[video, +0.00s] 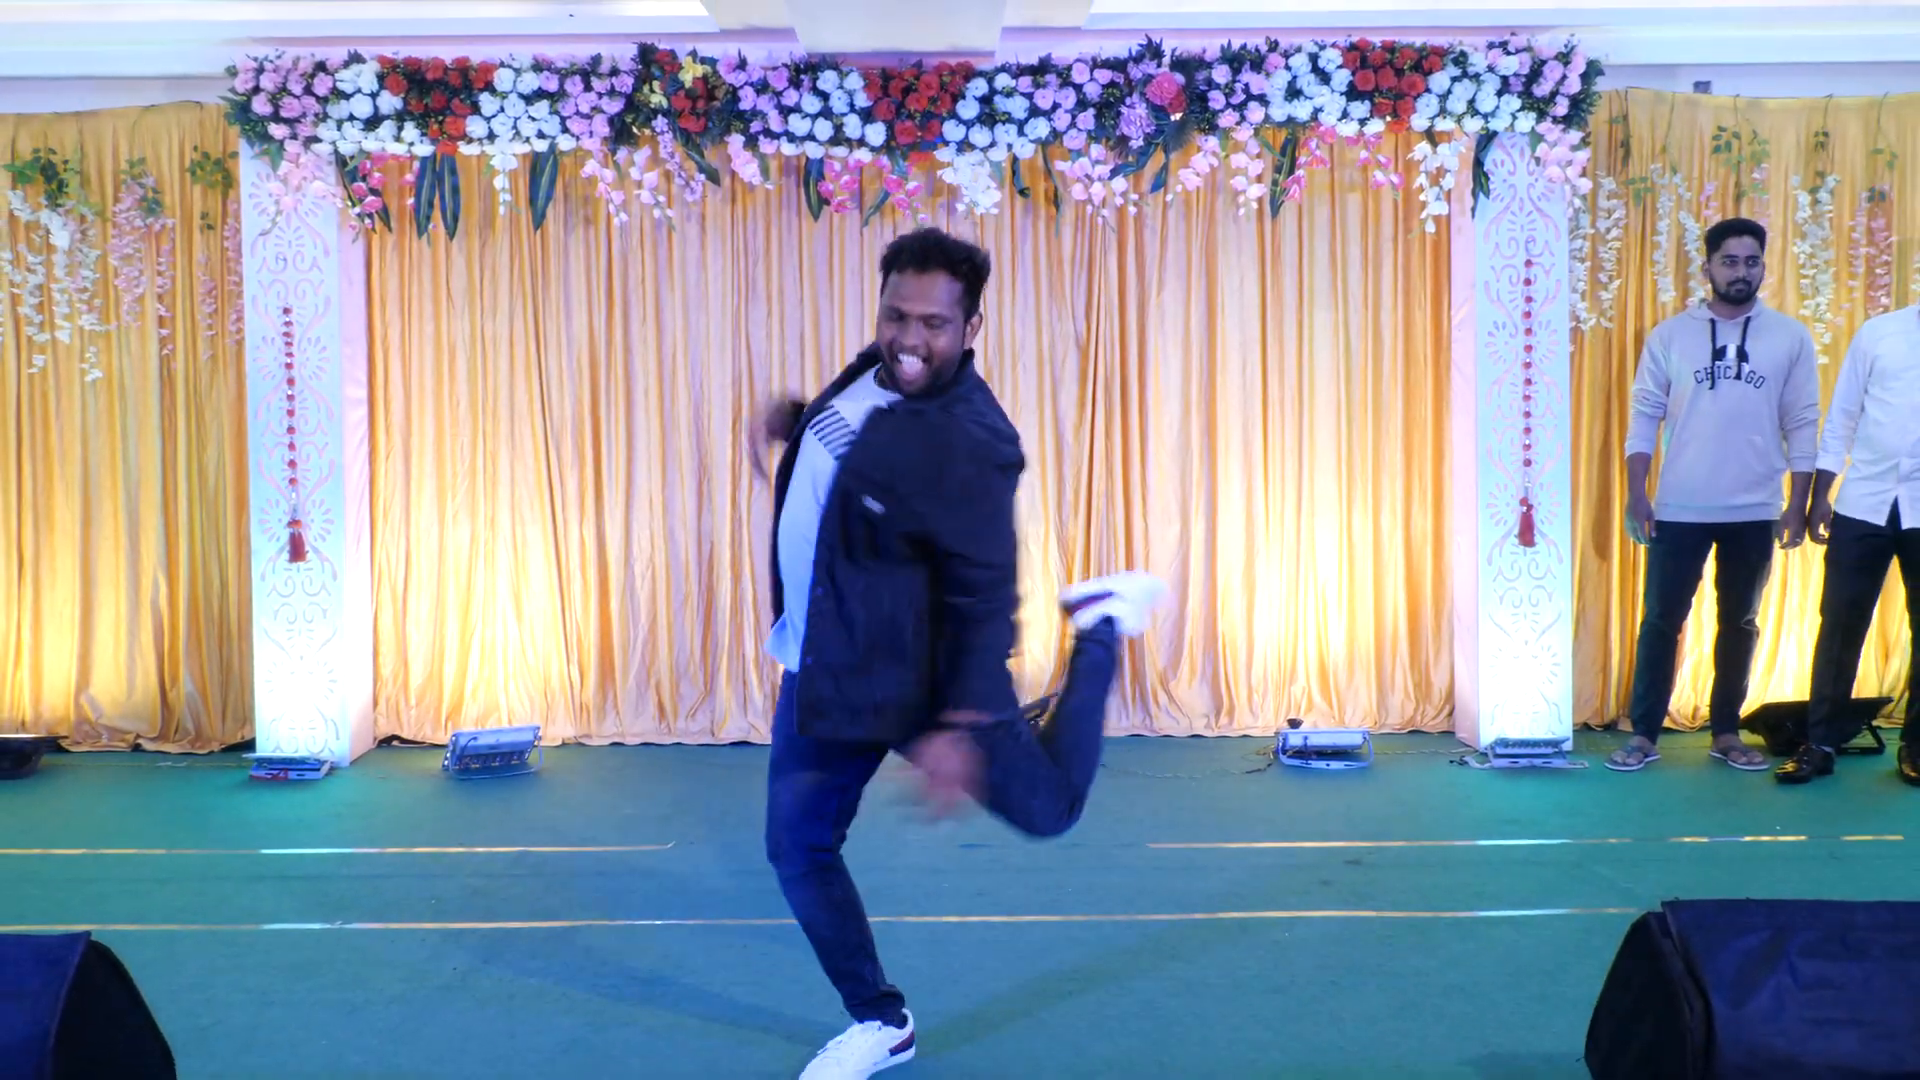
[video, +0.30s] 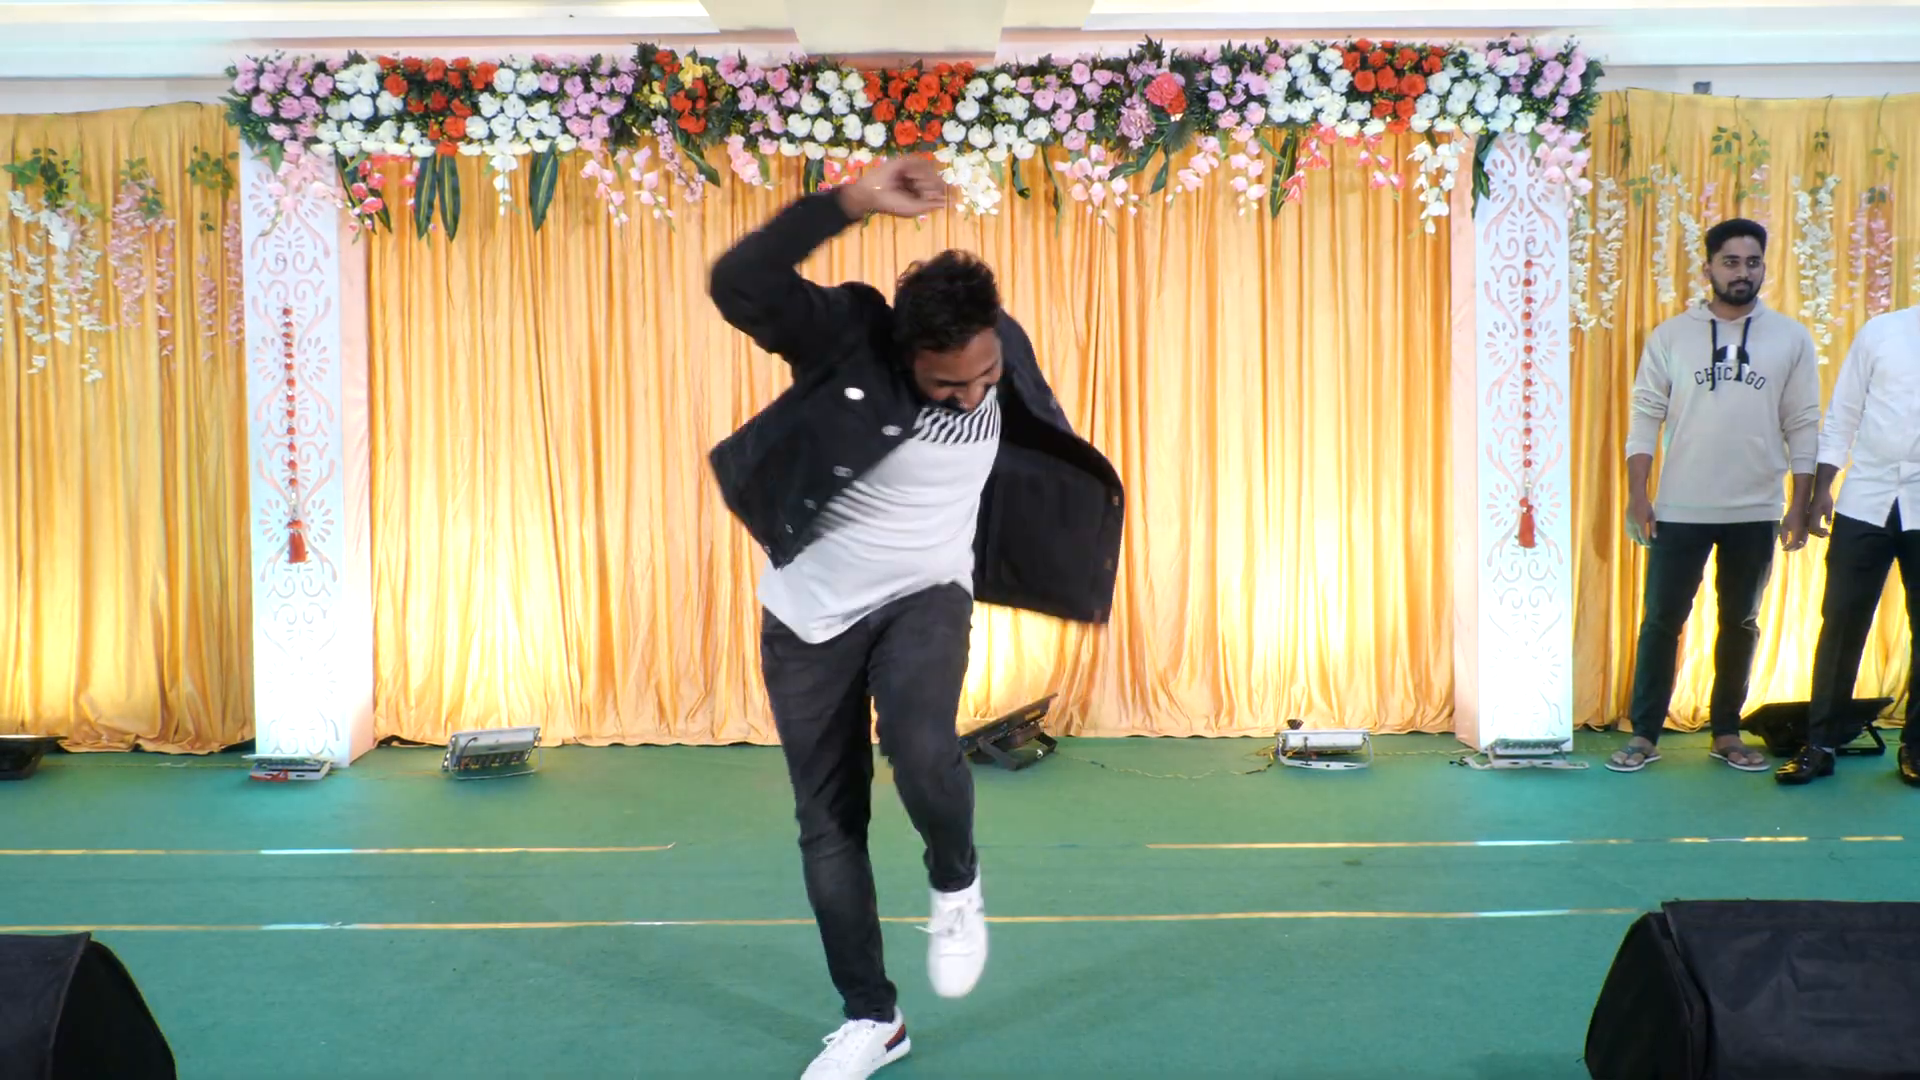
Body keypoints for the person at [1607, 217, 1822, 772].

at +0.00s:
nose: (1741, 270)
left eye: (1751, 261)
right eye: (1730, 260)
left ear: (1764, 268)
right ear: (1708, 266)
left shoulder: (1789, 338)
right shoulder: (1670, 335)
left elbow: (1802, 422)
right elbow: (1645, 413)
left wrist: (1799, 501)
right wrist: (1636, 489)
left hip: (1753, 509)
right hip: (1681, 506)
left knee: (1739, 627)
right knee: (1660, 622)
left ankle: (1726, 734)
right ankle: (1643, 735)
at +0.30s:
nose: (1742, 271)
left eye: (1752, 262)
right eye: (1730, 261)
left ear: (1764, 270)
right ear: (1708, 267)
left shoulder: (1790, 339)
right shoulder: (1670, 336)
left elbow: (1803, 424)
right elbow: (1645, 415)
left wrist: (1802, 503)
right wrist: (1637, 492)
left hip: (1754, 510)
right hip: (1681, 507)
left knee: (1740, 628)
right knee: (1660, 622)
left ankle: (1726, 734)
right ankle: (1644, 735)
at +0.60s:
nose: (1740, 272)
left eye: (1751, 263)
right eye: (1728, 262)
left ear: (1765, 271)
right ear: (1708, 268)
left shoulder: (1791, 340)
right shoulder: (1671, 337)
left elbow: (1804, 424)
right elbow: (1646, 414)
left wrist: (1802, 503)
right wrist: (1637, 490)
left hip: (1754, 510)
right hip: (1682, 507)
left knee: (1741, 627)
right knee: (1660, 623)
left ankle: (1727, 734)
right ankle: (1644, 735)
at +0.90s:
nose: (1734, 273)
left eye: (1746, 264)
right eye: (1724, 263)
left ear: (1764, 272)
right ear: (1708, 270)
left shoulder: (1792, 341)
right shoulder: (1672, 337)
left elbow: (1804, 425)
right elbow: (1647, 415)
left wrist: (1802, 504)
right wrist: (1637, 491)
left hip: (1755, 510)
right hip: (1682, 507)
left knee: (1741, 628)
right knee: (1661, 623)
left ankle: (1727, 736)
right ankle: (1645, 736)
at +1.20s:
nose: (1725, 273)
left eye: (1738, 264)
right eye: (1716, 263)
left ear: (1761, 272)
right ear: (1706, 269)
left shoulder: (1792, 342)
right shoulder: (1672, 338)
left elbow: (1804, 426)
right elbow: (1646, 415)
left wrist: (1801, 507)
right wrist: (1636, 491)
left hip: (1754, 511)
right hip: (1681, 508)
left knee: (1741, 628)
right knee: (1661, 623)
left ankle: (1727, 735)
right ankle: (1645, 736)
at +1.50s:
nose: (1714, 275)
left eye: (1727, 266)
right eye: (1709, 266)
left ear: (1757, 272)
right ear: (1703, 270)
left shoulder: (1791, 342)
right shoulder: (1672, 339)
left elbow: (1804, 427)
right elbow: (1647, 416)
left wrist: (1800, 507)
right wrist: (1636, 491)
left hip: (1754, 511)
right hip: (1681, 509)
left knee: (1741, 629)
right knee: (1661, 623)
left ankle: (1727, 737)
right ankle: (1644, 737)